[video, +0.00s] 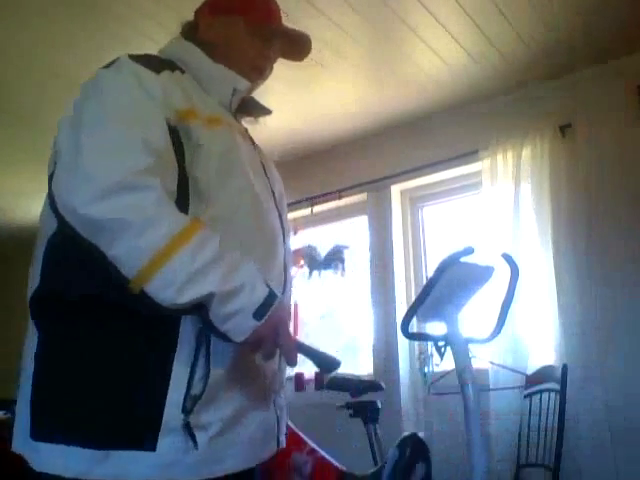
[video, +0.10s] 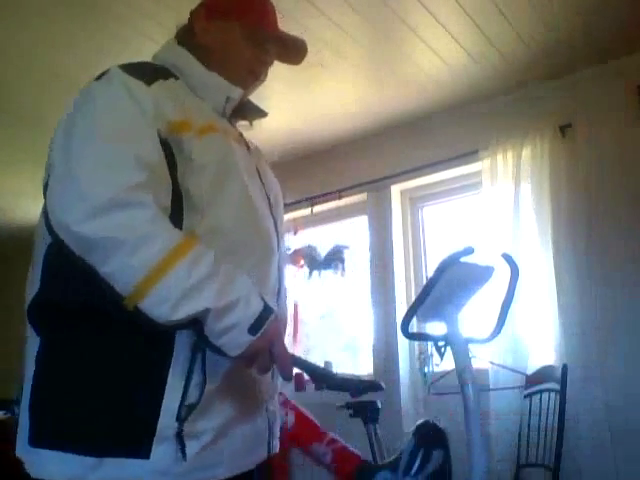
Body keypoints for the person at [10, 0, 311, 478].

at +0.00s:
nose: (270, 57)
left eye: (276, 46)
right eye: (261, 36)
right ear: (210, 20)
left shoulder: (243, 142)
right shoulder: (129, 85)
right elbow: (111, 206)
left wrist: (278, 309)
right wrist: (249, 306)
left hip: (234, 436)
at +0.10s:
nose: (266, 63)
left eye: (272, 53)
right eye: (257, 42)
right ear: (205, 24)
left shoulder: (244, 147)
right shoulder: (124, 94)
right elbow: (105, 219)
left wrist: (270, 332)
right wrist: (240, 315)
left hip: (233, 440)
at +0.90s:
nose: (321, 139)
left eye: (326, 130)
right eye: (317, 122)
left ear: (301, 120)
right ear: (283, 106)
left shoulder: (305, 199)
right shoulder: (203, 145)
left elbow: (303, 311)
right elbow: (162, 229)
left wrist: (341, 385)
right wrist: (257, 312)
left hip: (286, 438)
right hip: (194, 438)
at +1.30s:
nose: (334, 142)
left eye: (340, 134)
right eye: (328, 126)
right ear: (295, 114)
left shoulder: (333, 218)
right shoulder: (212, 152)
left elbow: (334, 321)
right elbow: (149, 226)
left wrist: (355, 393)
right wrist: (192, 311)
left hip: (286, 439)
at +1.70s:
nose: (287, 116)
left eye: (297, 108)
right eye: (275, 102)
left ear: (304, 120)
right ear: (243, 106)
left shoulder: (323, 205)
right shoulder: (178, 166)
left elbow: (340, 305)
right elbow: (112, 263)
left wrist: (376, 375)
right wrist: (98, 349)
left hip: (283, 432)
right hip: (177, 422)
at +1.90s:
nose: (252, 114)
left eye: (264, 106)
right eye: (240, 102)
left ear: (275, 120)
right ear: (214, 109)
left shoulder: (297, 202)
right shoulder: (148, 172)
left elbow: (323, 301)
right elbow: (90, 271)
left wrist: (355, 376)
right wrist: (76, 362)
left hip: (262, 431)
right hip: (155, 427)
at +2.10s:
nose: (210, 106)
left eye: (223, 97)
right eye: (198, 93)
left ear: (235, 111)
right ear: (174, 102)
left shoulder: (262, 194)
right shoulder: (104, 171)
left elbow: (291, 299)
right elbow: (49, 272)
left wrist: (318, 379)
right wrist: (42, 350)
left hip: (226, 437)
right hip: (110, 435)